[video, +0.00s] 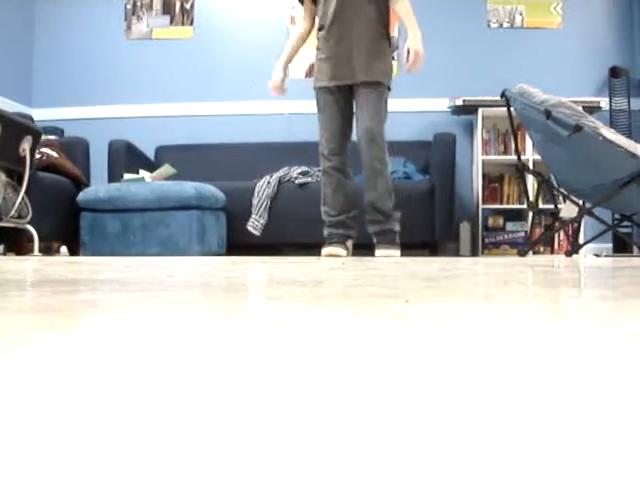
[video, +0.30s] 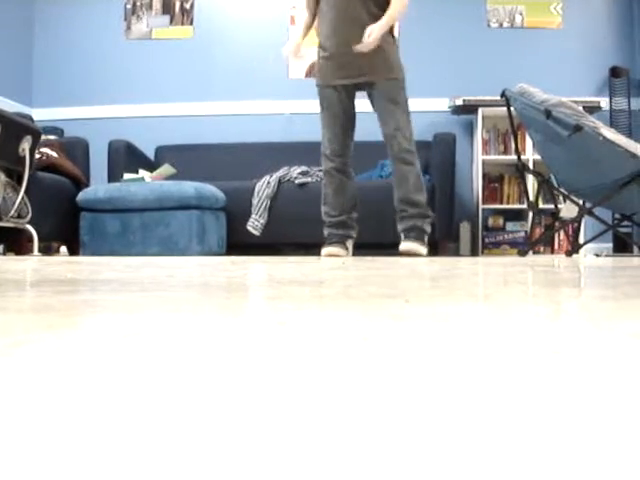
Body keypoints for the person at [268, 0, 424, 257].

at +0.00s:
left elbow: (399, 4)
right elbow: (305, 24)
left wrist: (415, 35)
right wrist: (282, 64)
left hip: (373, 60)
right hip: (328, 64)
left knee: (372, 143)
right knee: (331, 154)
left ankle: (385, 235)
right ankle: (337, 236)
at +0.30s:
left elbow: (400, 3)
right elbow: (310, 8)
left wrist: (382, 25)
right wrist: (297, 39)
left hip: (380, 56)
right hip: (332, 59)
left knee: (401, 146)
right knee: (334, 155)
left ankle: (414, 233)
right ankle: (337, 237)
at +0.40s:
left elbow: (411, 1)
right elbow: (307, 8)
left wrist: (376, 27)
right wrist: (326, 30)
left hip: (386, 58)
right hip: (337, 60)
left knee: (400, 150)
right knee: (337, 154)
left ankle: (412, 235)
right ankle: (338, 237)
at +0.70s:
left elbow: (432, 1)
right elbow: (328, 3)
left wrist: (404, 17)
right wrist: (369, 18)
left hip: (402, 48)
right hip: (354, 48)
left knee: (403, 143)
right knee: (347, 139)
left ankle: (404, 234)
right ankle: (338, 229)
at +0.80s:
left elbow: (434, 4)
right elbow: (342, 2)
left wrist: (412, 19)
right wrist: (377, 15)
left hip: (403, 47)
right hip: (357, 44)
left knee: (402, 143)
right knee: (354, 134)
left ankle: (404, 234)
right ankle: (359, 231)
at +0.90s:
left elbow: (434, 5)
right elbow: (346, 1)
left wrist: (415, 21)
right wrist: (378, 13)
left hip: (404, 46)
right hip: (359, 42)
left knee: (403, 142)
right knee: (361, 135)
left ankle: (405, 235)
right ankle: (367, 235)